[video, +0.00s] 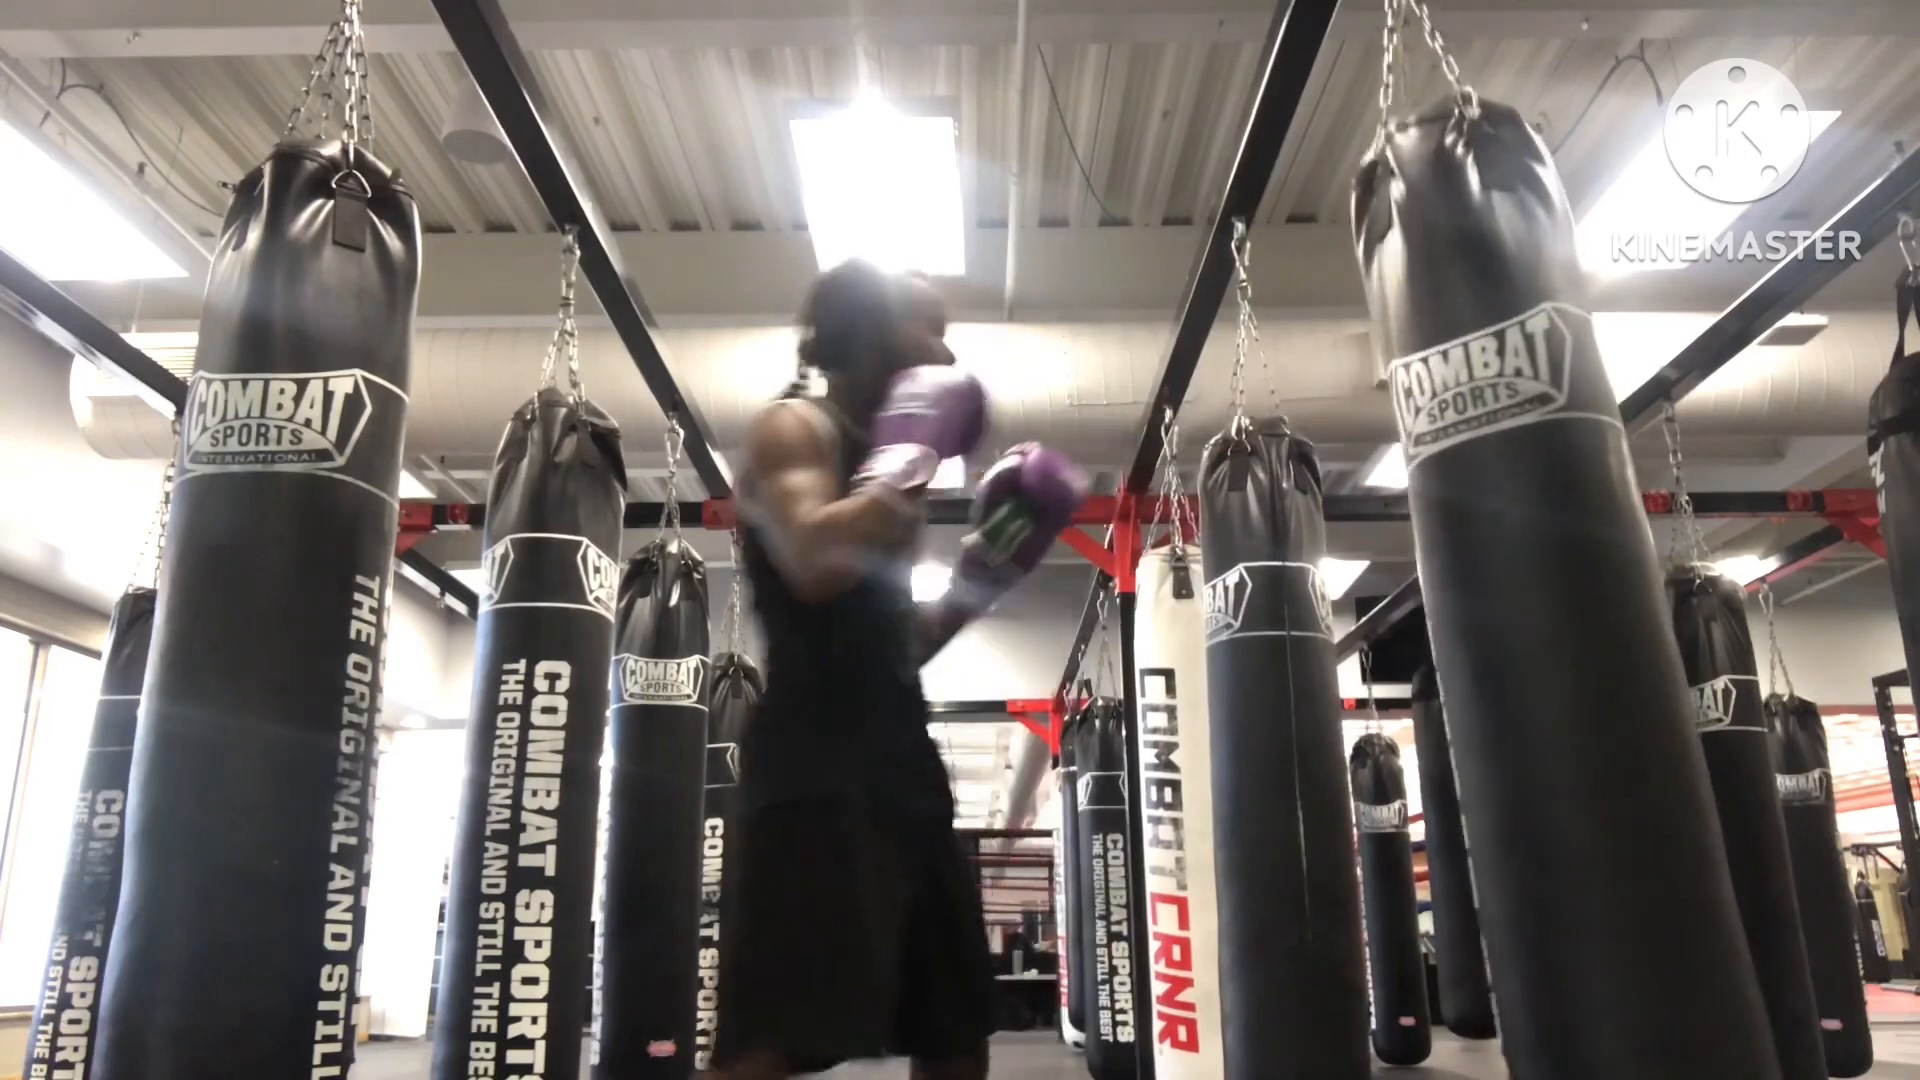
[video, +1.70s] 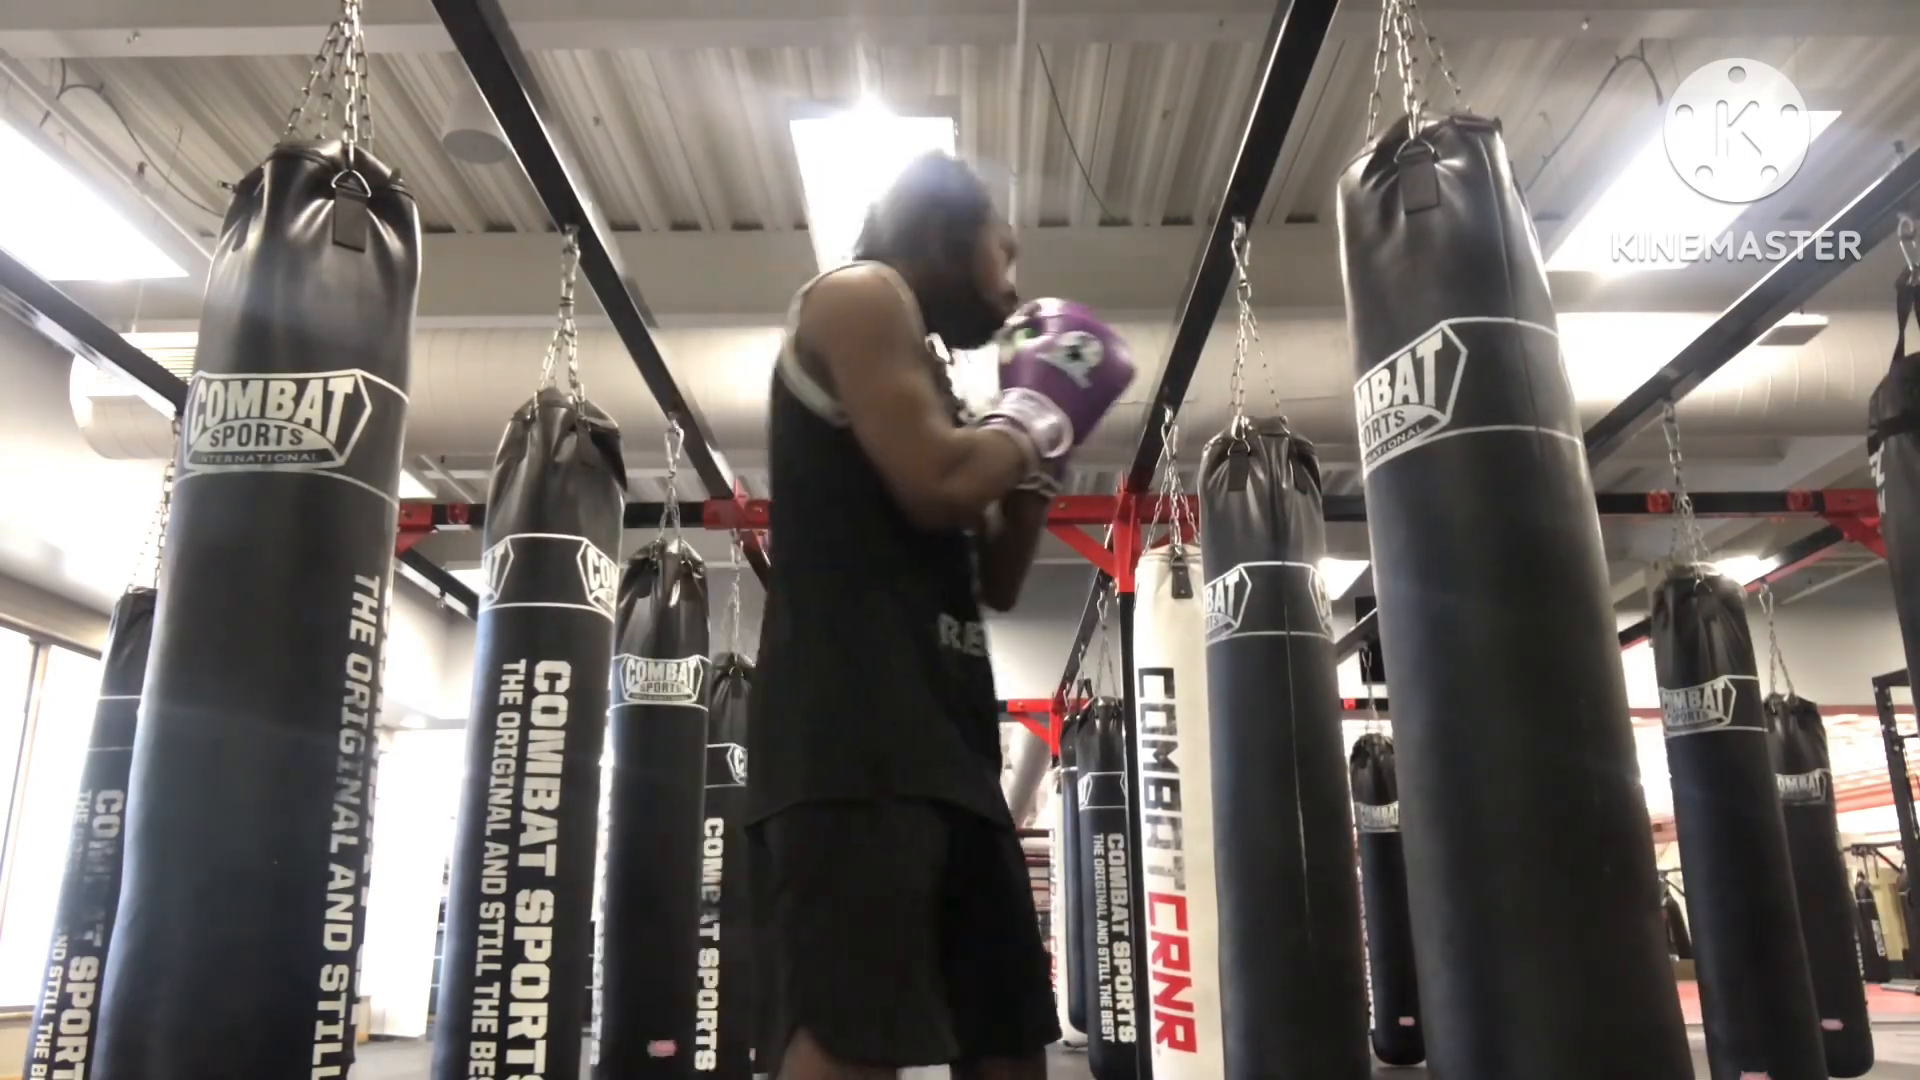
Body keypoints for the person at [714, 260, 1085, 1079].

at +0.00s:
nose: (946, 352)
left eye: (944, 332)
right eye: (930, 329)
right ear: (875, 332)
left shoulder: (878, 463)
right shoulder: (792, 425)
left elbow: (894, 652)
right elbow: (811, 558)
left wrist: (977, 577)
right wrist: (918, 450)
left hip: (897, 763)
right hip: (814, 766)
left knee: (952, 1030)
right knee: (771, 1035)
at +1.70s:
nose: (1017, 283)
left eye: (1017, 258)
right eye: (1006, 249)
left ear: (931, 247)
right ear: (948, 233)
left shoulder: (927, 373)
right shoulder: (859, 294)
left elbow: (994, 587)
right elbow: (935, 481)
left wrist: (1029, 470)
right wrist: (1040, 407)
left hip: (941, 752)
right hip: (852, 745)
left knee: (1008, 1042)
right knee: (843, 1042)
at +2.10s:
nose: (1023, 224)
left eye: (1022, 198)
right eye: (1015, 193)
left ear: (900, 168)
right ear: (971, 178)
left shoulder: (851, 282)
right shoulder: (904, 239)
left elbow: (984, 494)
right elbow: (992, 475)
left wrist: (1073, 418)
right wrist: (1075, 408)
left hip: (844, 777)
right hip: (891, 776)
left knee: (886, 1043)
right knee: (941, 1041)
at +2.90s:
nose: (1043, 169)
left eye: (885, 148)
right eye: (1034, 145)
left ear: (913, 147)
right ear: (1004, 138)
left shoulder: (908, 261)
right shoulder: (956, 232)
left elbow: (999, 491)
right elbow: (1011, 460)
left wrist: (1111, 451)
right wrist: (1109, 399)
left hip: (894, 732)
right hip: (935, 735)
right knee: (978, 1038)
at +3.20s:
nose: (1047, 163)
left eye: (1042, 145)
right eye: (1041, 141)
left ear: (904, 157)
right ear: (1019, 140)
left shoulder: (862, 313)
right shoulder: (988, 229)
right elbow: (1105, 467)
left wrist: (1084, 372)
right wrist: (1156, 378)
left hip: (855, 764)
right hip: (945, 765)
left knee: (1059, 1035)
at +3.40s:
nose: (1076, 210)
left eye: (1070, 182)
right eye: (1068, 180)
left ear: (946, 184)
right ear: (1030, 181)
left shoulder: (929, 312)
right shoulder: (997, 279)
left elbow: (1088, 481)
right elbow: (1138, 485)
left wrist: (1199, 424)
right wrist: (1255, 442)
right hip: (933, 779)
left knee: (1124, 1031)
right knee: (980, 1055)